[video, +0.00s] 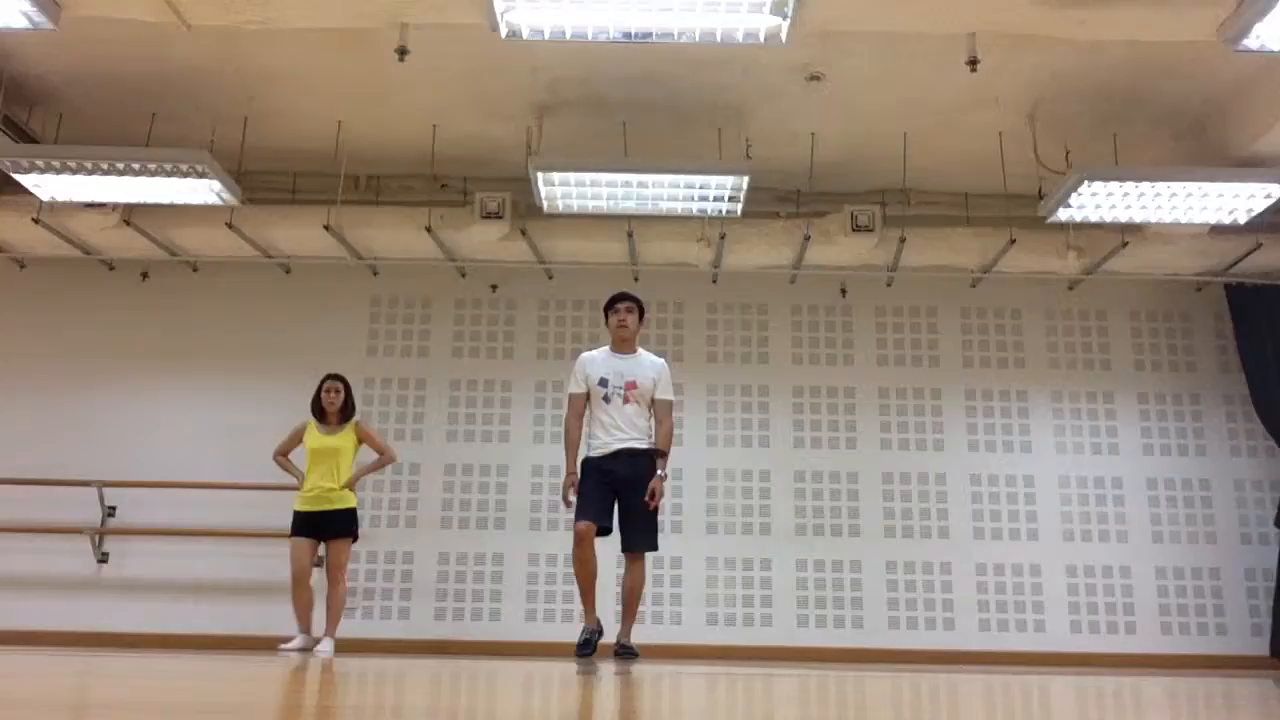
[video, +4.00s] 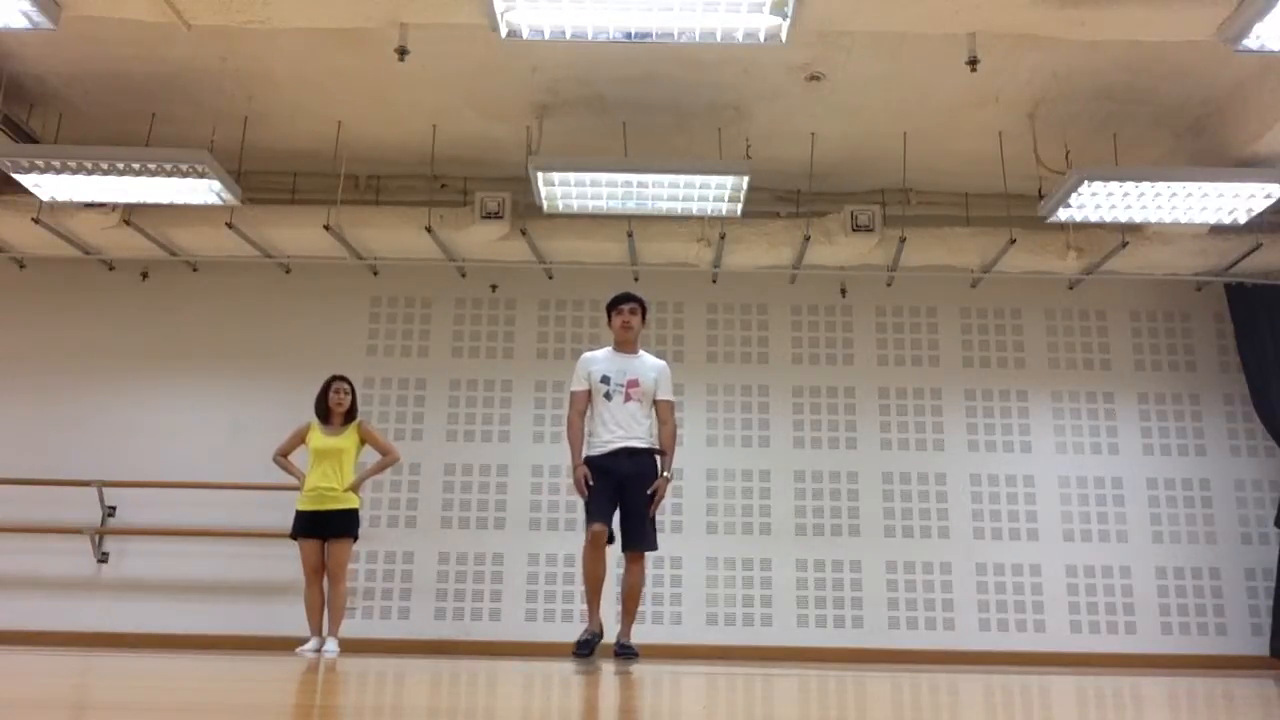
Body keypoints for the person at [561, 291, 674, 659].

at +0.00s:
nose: (622, 318)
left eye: (629, 312)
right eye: (616, 313)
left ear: (641, 321)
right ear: (607, 322)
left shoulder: (656, 366)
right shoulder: (588, 362)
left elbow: (664, 422)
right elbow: (574, 417)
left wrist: (660, 472)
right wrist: (571, 469)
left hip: (639, 464)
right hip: (597, 464)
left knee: (635, 551)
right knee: (583, 531)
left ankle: (625, 636)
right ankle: (590, 623)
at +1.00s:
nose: (644, 323)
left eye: (647, 318)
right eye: (637, 317)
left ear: (648, 326)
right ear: (617, 322)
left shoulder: (659, 370)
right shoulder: (591, 363)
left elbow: (668, 422)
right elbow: (574, 414)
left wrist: (670, 469)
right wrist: (568, 461)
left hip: (643, 464)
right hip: (600, 462)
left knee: (634, 552)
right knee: (586, 528)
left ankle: (624, 636)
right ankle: (589, 621)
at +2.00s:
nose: (638, 317)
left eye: (643, 313)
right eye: (631, 312)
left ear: (649, 321)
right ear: (616, 318)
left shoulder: (661, 366)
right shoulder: (593, 358)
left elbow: (669, 418)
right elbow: (579, 412)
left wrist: (671, 467)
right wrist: (576, 460)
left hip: (641, 461)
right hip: (598, 459)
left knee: (632, 551)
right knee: (589, 541)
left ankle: (624, 636)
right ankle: (589, 630)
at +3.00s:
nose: (625, 318)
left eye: (632, 312)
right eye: (619, 313)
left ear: (643, 320)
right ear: (610, 321)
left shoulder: (659, 364)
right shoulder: (592, 361)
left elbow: (670, 417)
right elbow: (578, 414)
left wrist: (669, 465)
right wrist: (577, 463)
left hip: (639, 461)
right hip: (599, 460)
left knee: (632, 552)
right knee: (595, 549)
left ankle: (624, 637)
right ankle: (597, 635)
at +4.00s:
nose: (626, 319)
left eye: (633, 314)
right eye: (620, 314)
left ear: (643, 322)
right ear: (610, 321)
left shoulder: (657, 368)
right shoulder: (590, 362)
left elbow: (667, 422)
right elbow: (576, 415)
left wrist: (665, 474)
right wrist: (577, 461)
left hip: (641, 463)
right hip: (600, 462)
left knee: (635, 551)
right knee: (596, 535)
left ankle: (624, 636)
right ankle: (593, 624)